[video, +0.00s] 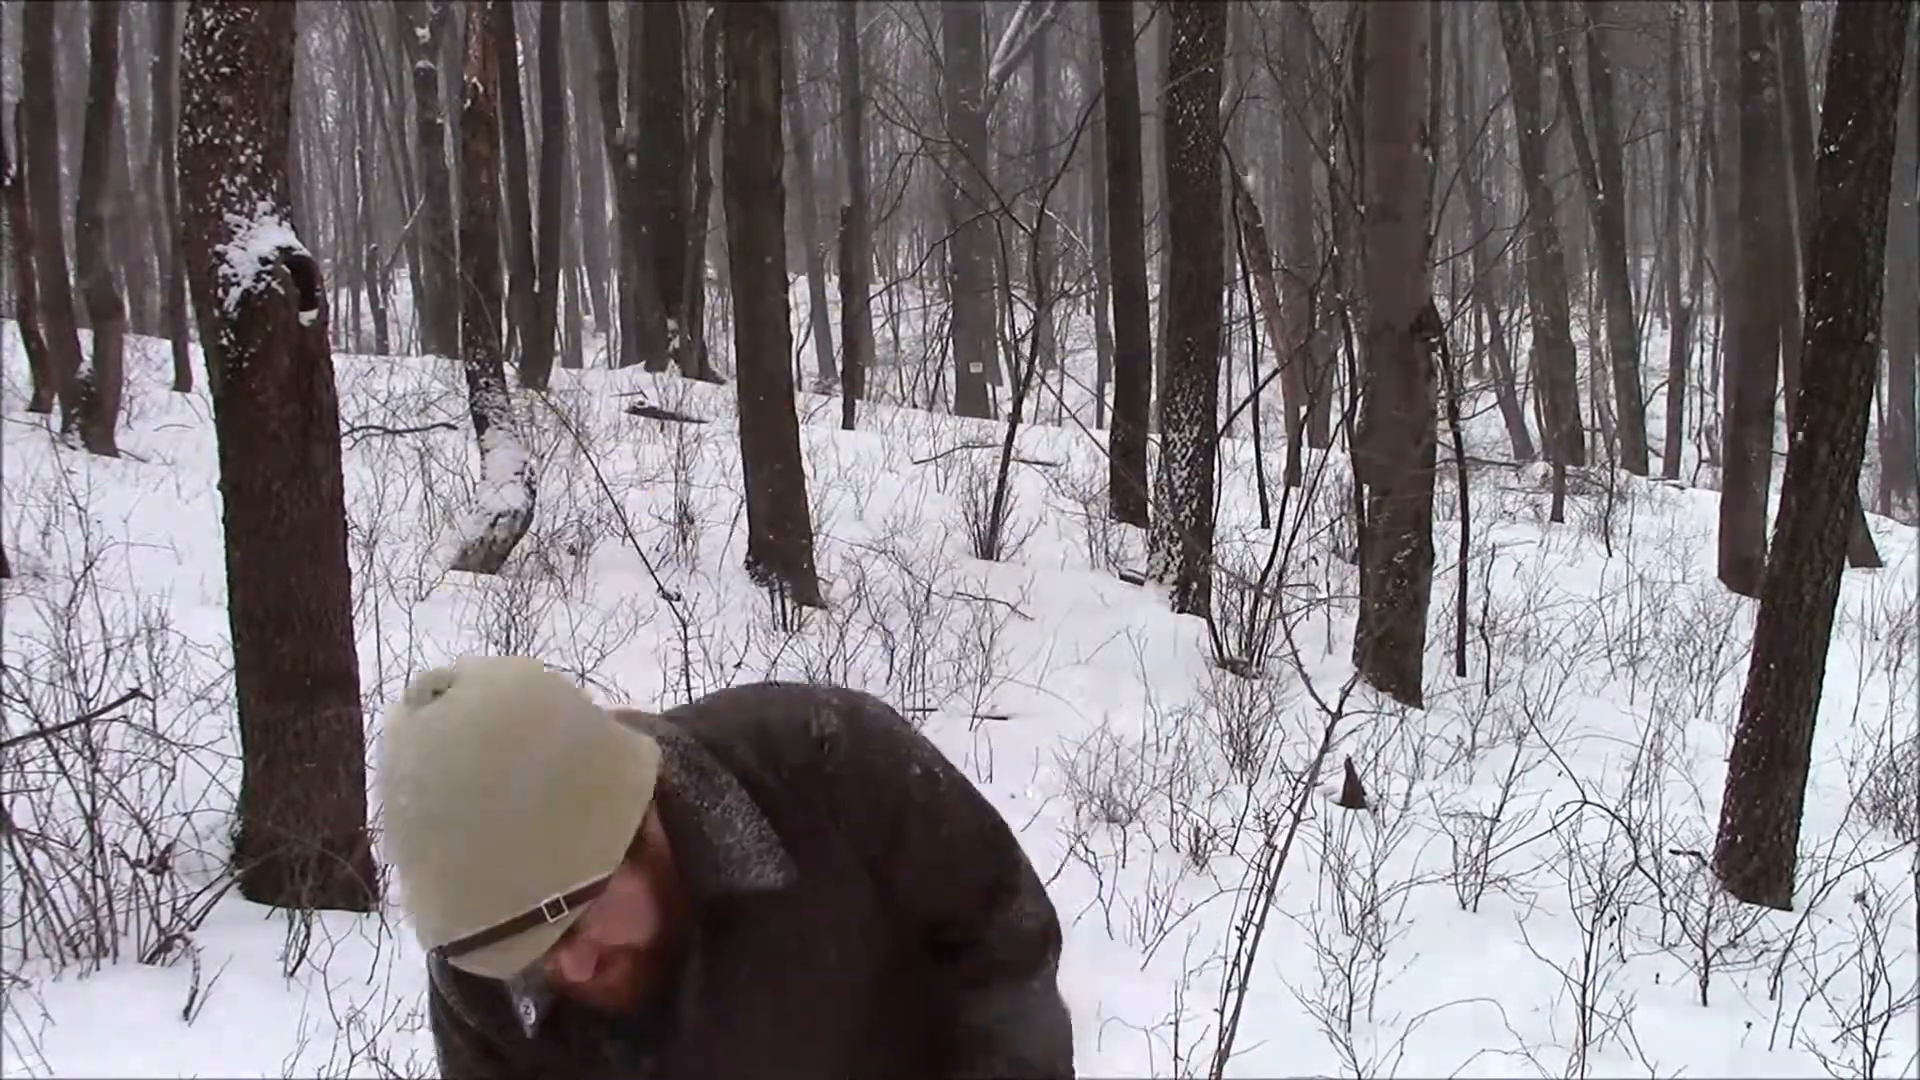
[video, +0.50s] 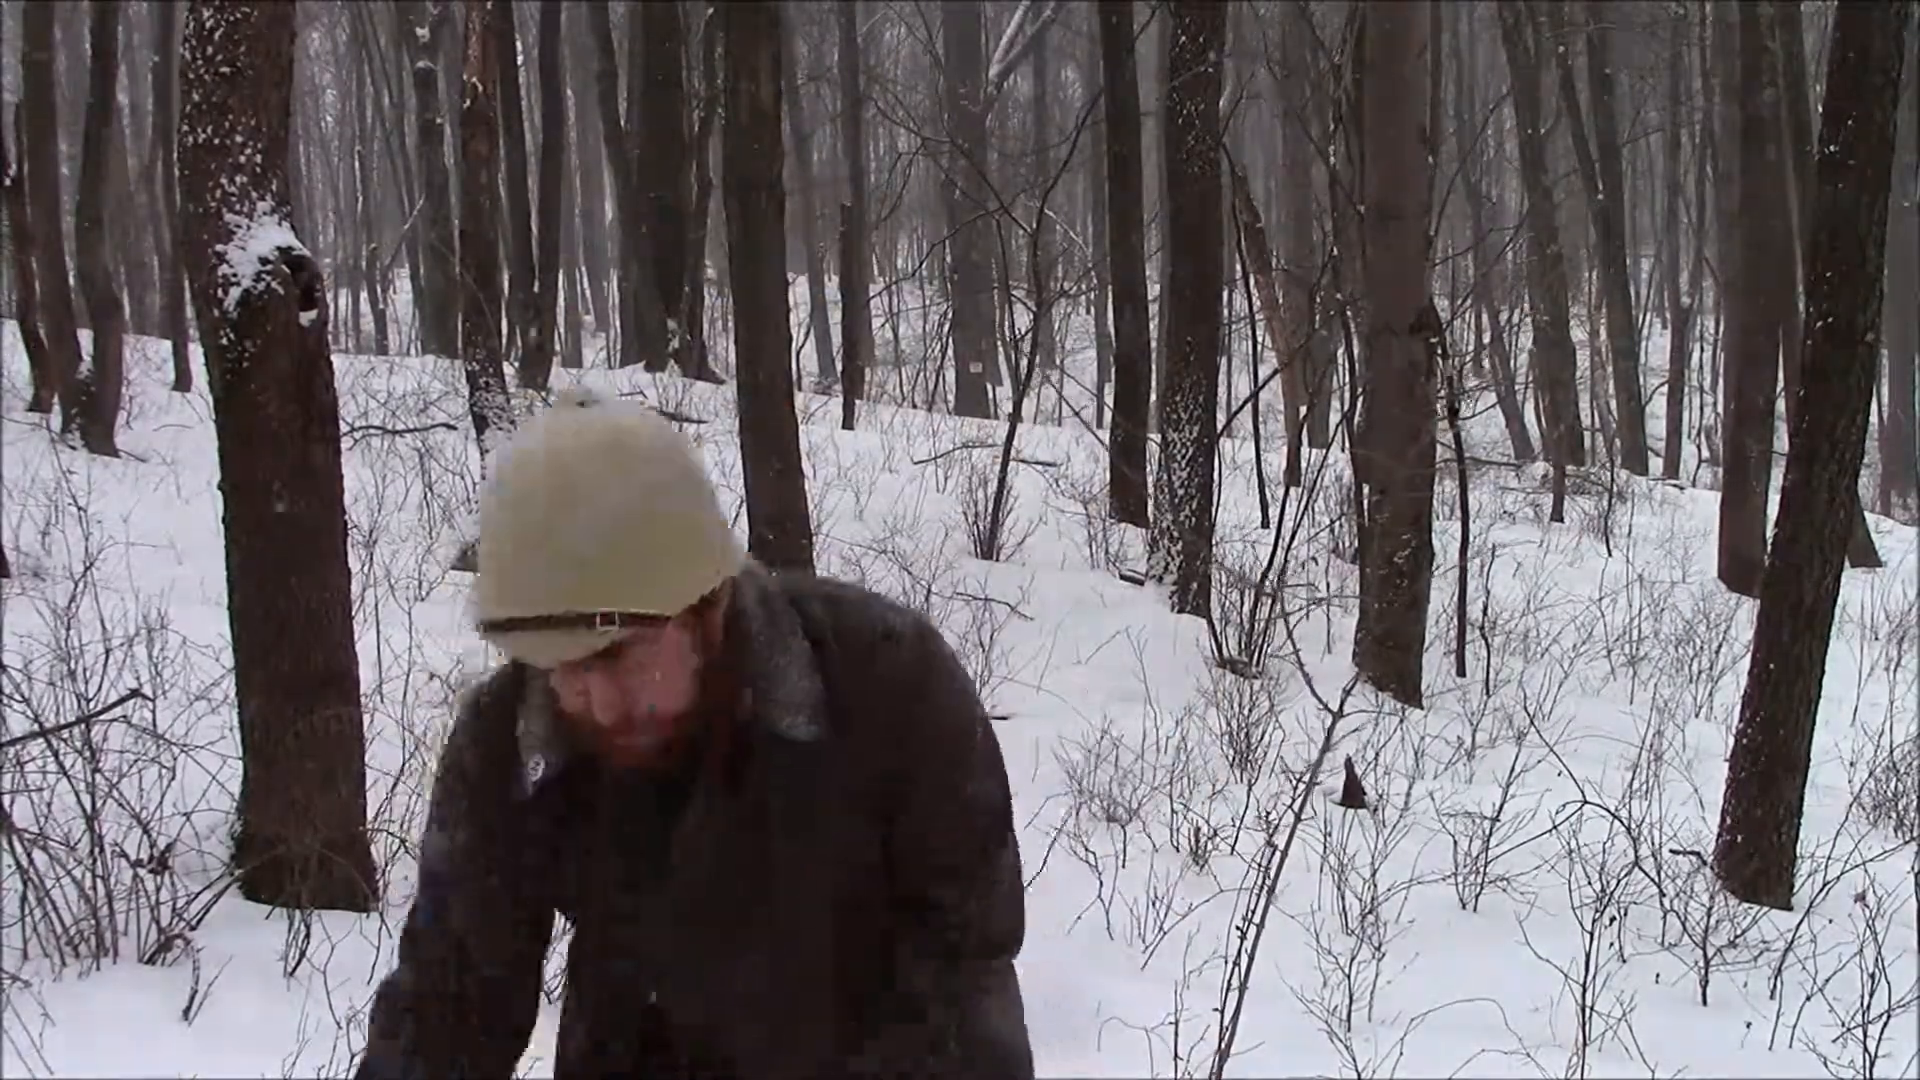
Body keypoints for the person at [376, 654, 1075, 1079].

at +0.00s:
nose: (574, 973)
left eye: (579, 922)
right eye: (523, 958)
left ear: (639, 818)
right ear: (463, 938)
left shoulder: (836, 763)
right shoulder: (479, 976)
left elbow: (1005, 935)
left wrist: (1006, 1061)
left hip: (907, 1046)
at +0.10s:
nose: (571, 999)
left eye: (581, 944)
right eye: (520, 983)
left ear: (631, 837)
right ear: (462, 959)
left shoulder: (829, 774)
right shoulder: (478, 1005)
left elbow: (1001, 952)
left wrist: (1022, 1068)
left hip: (921, 1049)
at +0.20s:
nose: (577, 964)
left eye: (589, 911)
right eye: (522, 948)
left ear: (645, 812)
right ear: (461, 928)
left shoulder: (838, 766)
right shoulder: (478, 972)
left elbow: (1001, 955)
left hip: (908, 1046)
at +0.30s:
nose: (586, 907)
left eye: (603, 854)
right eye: (535, 891)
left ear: (664, 767)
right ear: (472, 863)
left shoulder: (849, 744)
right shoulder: (476, 920)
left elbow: (1004, 963)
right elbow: (497, 1068)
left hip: (906, 1055)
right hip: (725, 1060)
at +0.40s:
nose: (596, 820)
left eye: (613, 769)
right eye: (548, 797)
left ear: (681, 696)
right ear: (495, 769)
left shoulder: (865, 706)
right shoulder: (489, 832)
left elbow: (995, 946)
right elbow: (490, 1061)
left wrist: (980, 1067)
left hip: (883, 1055)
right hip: (672, 1057)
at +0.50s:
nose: (602, 707)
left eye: (627, 654)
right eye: (560, 668)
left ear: (708, 603)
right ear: (521, 647)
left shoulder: (891, 678)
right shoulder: (509, 732)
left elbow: (966, 950)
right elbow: (451, 1001)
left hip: (868, 1045)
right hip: (639, 1051)